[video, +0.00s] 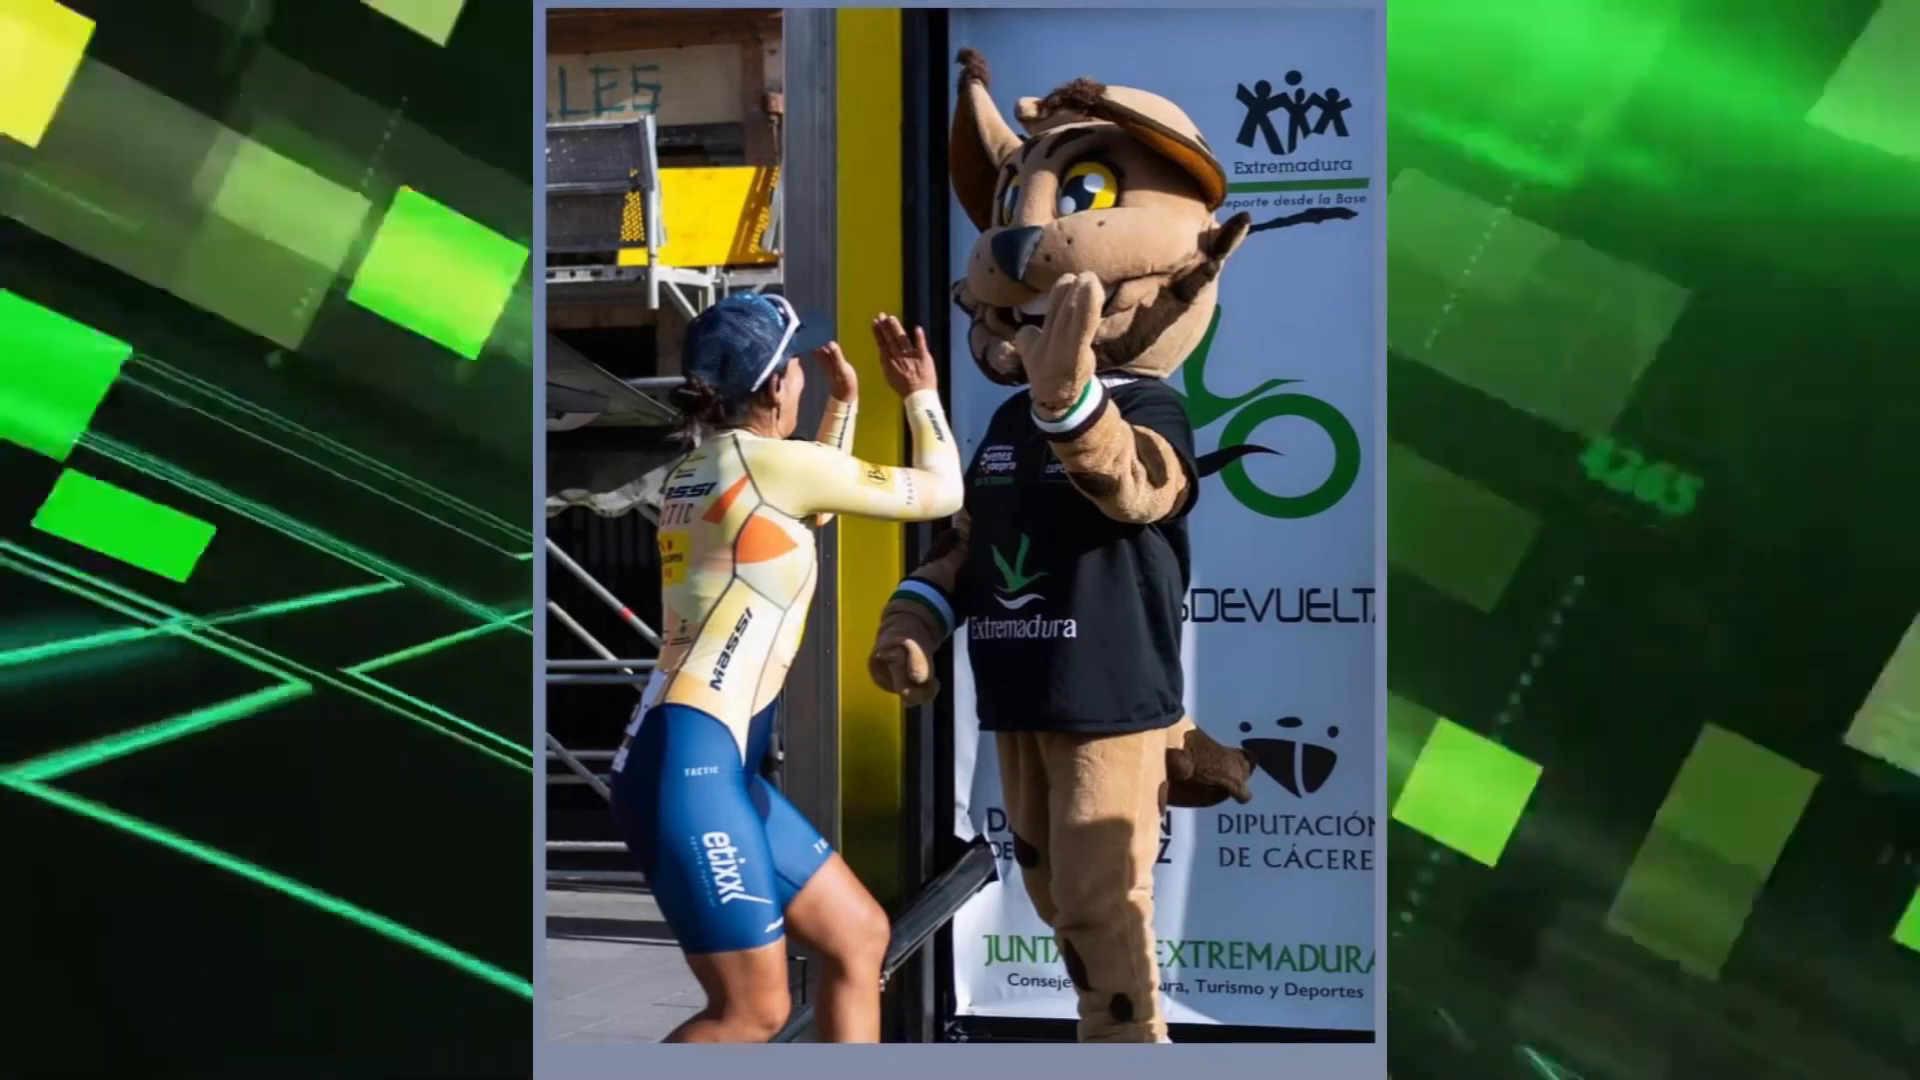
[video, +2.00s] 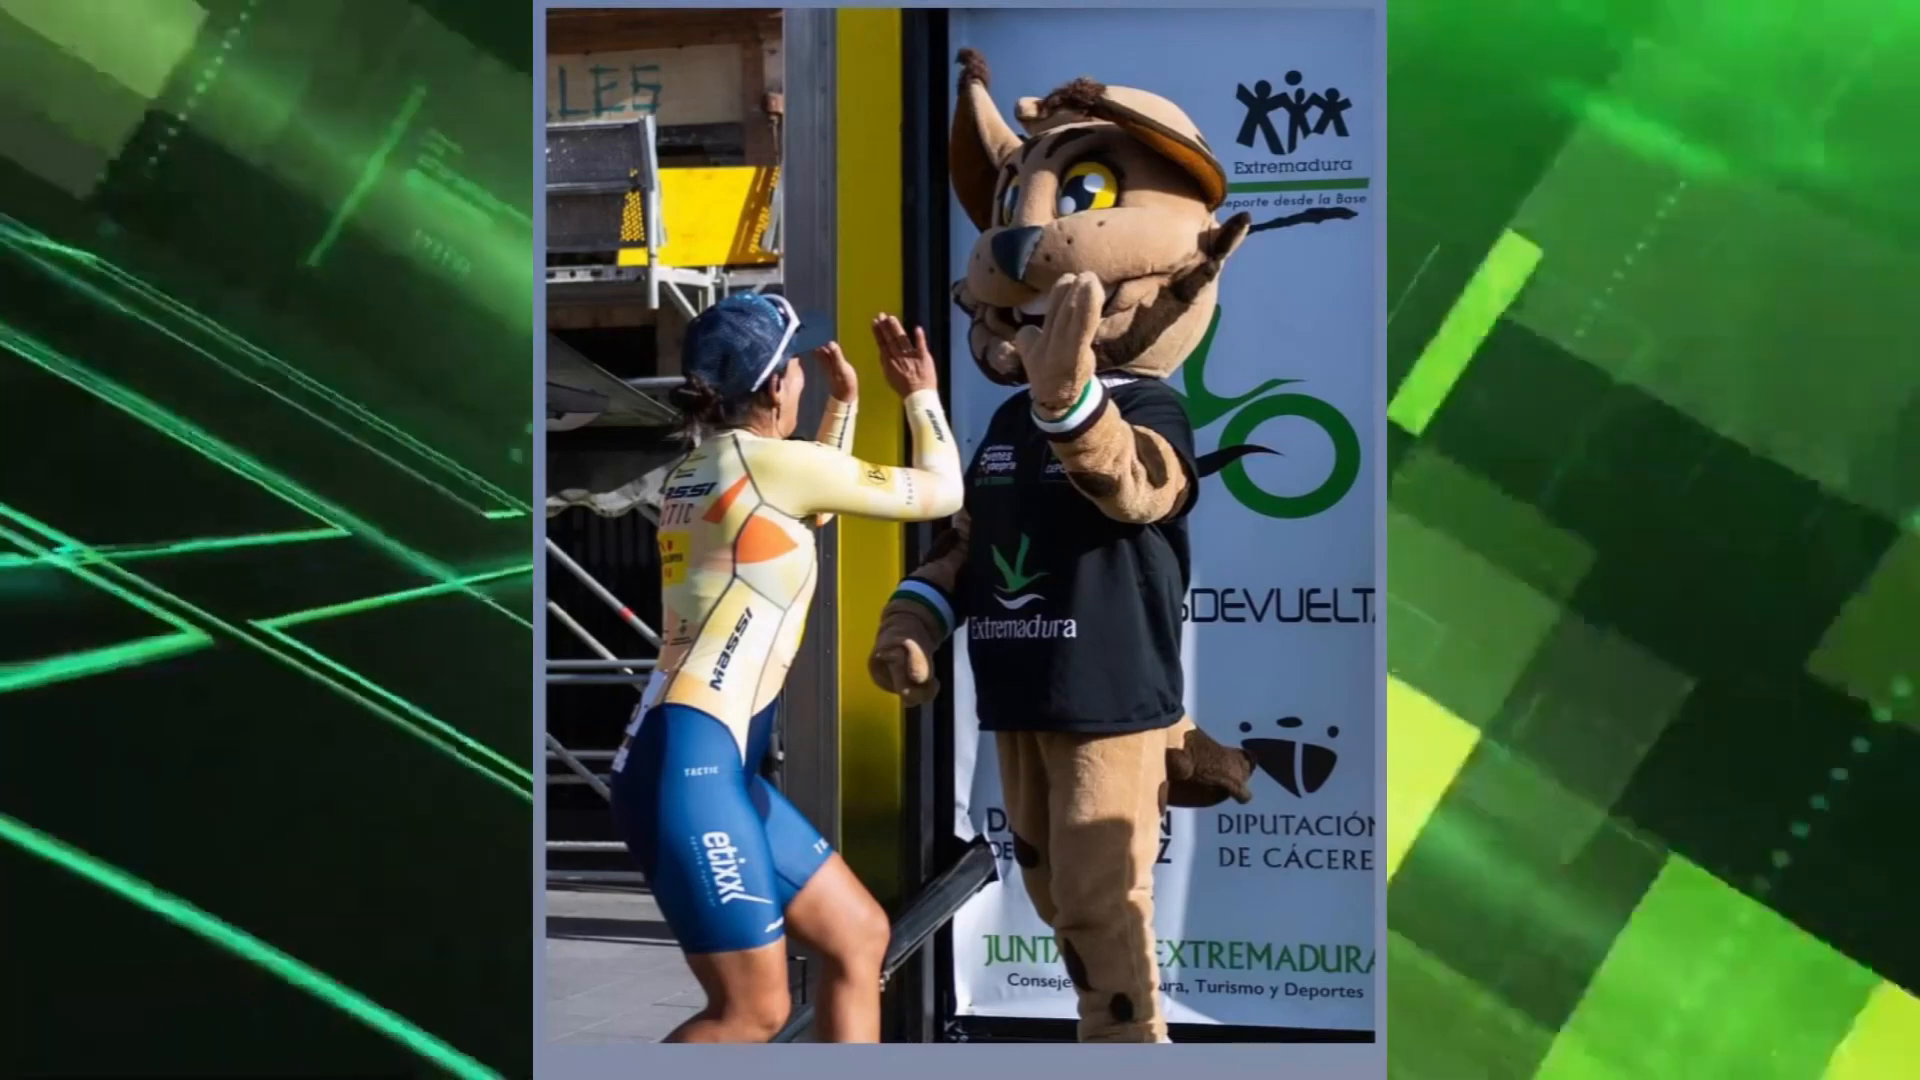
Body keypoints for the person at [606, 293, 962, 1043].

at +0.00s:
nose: (804, 376)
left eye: (800, 362)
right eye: (797, 363)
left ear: (714, 388)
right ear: (777, 380)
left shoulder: (693, 471)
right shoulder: (779, 465)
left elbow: (798, 495)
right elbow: (938, 492)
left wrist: (840, 413)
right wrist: (924, 396)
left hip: (714, 769)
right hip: (686, 774)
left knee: (860, 934)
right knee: (754, 1009)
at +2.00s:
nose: (803, 377)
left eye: (800, 363)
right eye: (797, 364)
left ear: (713, 387)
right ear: (778, 380)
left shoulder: (695, 471)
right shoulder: (779, 465)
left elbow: (801, 496)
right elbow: (938, 492)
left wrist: (840, 411)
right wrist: (924, 396)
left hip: (714, 769)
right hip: (686, 774)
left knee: (860, 933)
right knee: (754, 1009)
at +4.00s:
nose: (804, 377)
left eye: (800, 363)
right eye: (797, 364)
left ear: (714, 387)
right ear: (777, 380)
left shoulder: (695, 471)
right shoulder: (779, 465)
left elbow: (801, 497)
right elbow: (938, 492)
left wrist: (840, 411)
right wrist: (924, 396)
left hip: (715, 769)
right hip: (686, 774)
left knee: (860, 933)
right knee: (754, 1009)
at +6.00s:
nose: (803, 377)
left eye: (799, 363)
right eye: (796, 364)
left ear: (715, 387)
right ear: (776, 380)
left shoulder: (692, 471)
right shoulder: (778, 465)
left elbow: (798, 494)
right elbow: (938, 492)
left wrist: (840, 412)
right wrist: (924, 395)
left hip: (714, 770)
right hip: (686, 774)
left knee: (860, 934)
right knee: (754, 1010)